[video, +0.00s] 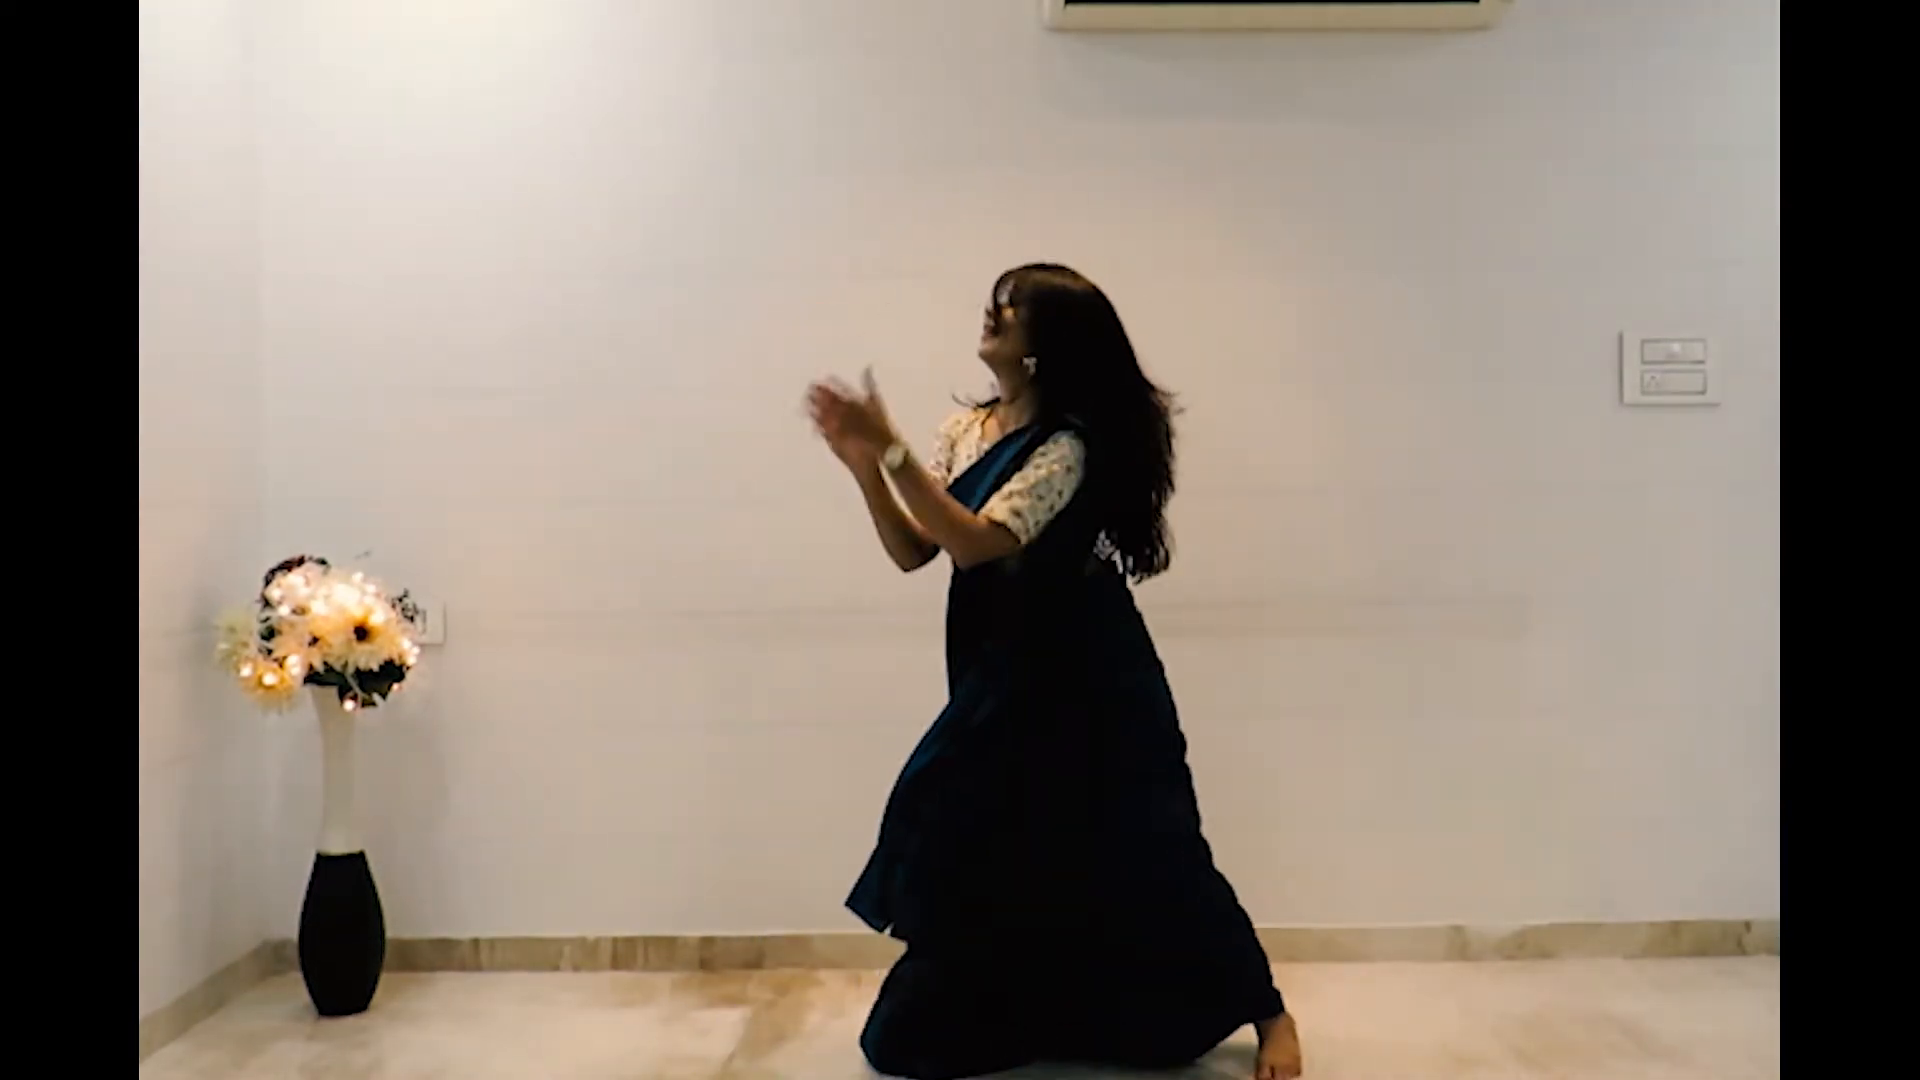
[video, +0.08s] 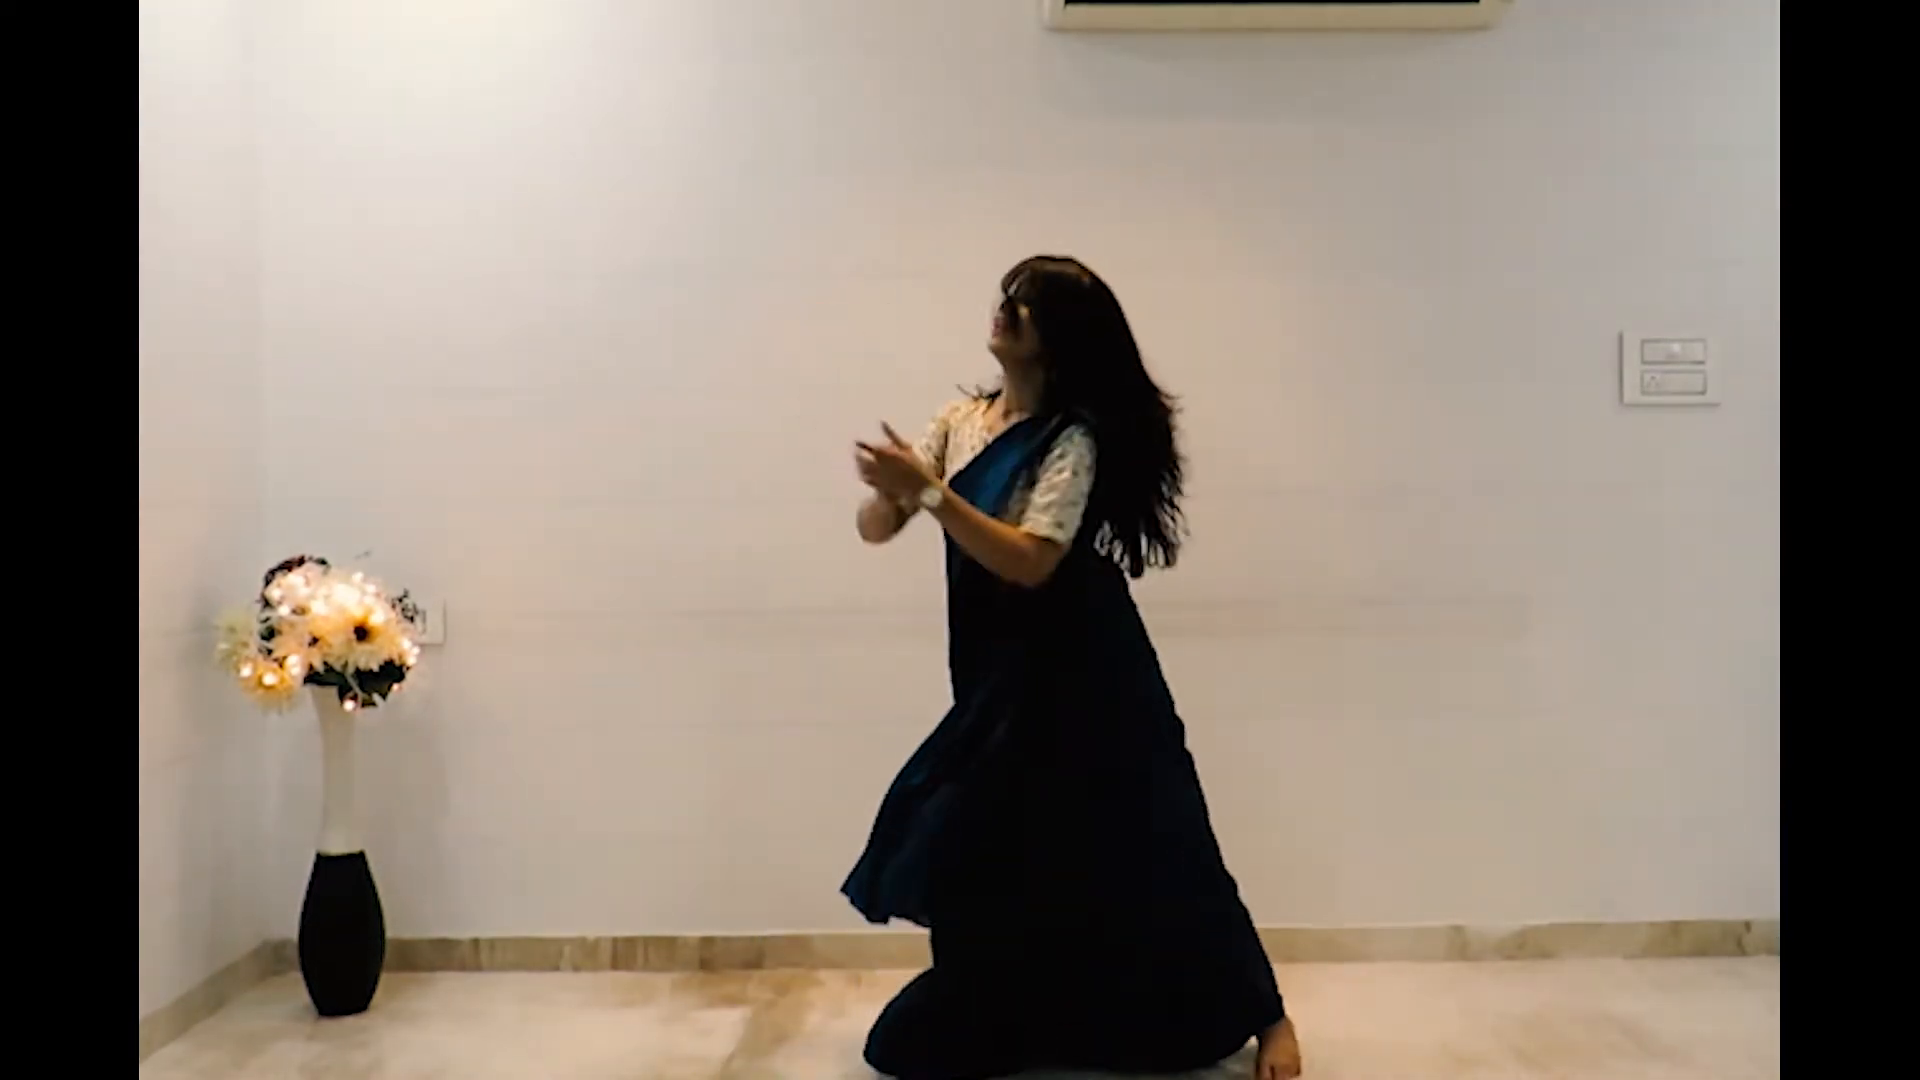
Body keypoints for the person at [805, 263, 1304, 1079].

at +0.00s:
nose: (988, 317)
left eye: (1006, 310)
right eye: (992, 306)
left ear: (1047, 342)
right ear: (1008, 338)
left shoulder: (1068, 446)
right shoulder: (966, 432)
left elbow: (978, 543)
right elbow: (909, 549)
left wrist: (891, 451)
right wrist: (864, 470)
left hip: (1089, 675)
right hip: (1001, 673)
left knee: (1158, 848)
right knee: (961, 829)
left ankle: (1271, 1016)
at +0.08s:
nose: (999, 319)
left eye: (1017, 312)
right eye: (1002, 306)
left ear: (1058, 336)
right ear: (1003, 328)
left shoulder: (1075, 440)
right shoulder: (964, 418)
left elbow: (1032, 560)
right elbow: (875, 529)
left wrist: (930, 494)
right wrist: (896, 490)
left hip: (1086, 677)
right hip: (999, 675)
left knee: (1162, 850)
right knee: (985, 841)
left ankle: (1267, 1016)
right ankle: (994, 1019)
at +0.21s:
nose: (1067, 253)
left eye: (1084, 254)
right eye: (1056, 235)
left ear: (1086, 289)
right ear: (1009, 251)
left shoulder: (1099, 367)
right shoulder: (941, 346)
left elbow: (1188, 463)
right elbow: (810, 398)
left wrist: (1082, 463)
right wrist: (909, 433)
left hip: (1075, 624)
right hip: (974, 625)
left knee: (1135, 817)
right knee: (995, 820)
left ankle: (1205, 1021)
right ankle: (1005, 1023)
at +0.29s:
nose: (1066, 221)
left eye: (1077, 218)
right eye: (1049, 205)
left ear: (1084, 250)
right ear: (998, 224)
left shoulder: (1110, 325)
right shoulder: (949, 315)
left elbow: (1227, 402)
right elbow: (818, 341)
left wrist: (1148, 444)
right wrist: (925, 396)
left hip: (1070, 588)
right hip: (965, 584)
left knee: (1082, 790)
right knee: (950, 791)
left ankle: (1101, 1006)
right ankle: (933, 1004)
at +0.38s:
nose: (1055, 220)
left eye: (1064, 213)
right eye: (1036, 208)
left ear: (1072, 242)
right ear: (988, 234)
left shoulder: (1109, 321)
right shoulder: (957, 318)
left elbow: (1238, 370)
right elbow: (859, 330)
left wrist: (1197, 439)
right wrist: (975, 380)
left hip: (1060, 564)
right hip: (962, 556)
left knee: (1047, 780)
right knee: (912, 763)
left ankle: (1059, 1005)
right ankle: (852, 975)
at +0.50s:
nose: (1039, 246)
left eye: (1046, 238)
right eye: (1017, 238)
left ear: (1059, 267)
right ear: (978, 271)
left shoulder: (1088, 359)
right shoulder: (962, 351)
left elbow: (1188, 379)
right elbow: (932, 369)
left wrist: (1244, 406)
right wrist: (1057, 354)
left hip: (1058, 599)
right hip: (966, 595)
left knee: (1046, 805)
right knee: (876, 794)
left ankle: (1032, 1011)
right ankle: (754, 1010)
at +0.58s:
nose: (1033, 264)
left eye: (1037, 253)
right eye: (1009, 255)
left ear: (1049, 282)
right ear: (969, 290)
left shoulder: (1071, 384)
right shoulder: (958, 374)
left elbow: (1179, 441)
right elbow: (998, 439)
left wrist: (1264, 396)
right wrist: (1062, 330)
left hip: (1046, 621)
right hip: (958, 619)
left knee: (1045, 815)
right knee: (892, 809)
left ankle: (1049, 1017)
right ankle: (756, 1002)